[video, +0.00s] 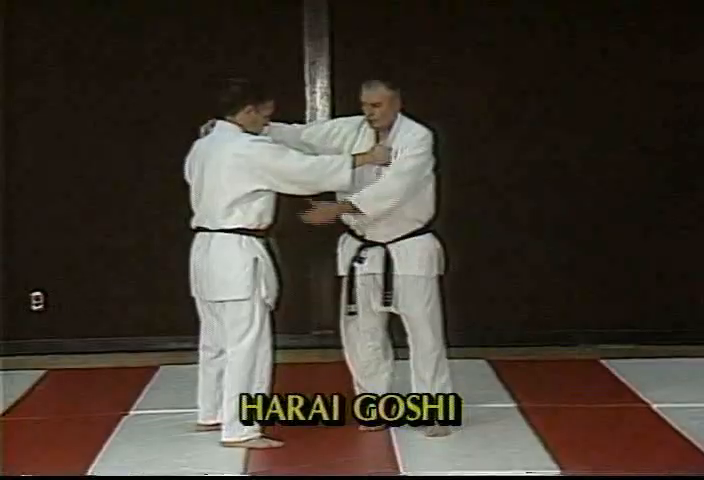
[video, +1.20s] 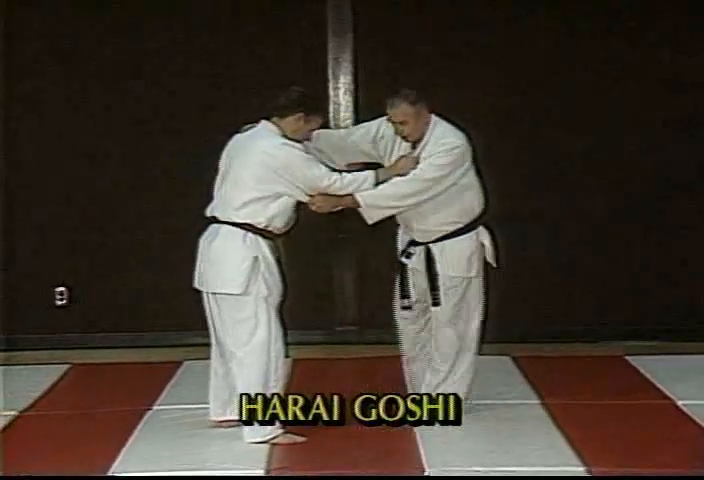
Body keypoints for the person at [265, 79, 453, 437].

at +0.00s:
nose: (370, 113)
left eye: (377, 106)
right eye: (366, 107)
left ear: (397, 104)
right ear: (361, 106)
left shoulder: (416, 138)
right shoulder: (351, 131)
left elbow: (393, 189)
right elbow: (302, 135)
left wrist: (339, 209)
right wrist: (245, 127)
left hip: (409, 247)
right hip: (361, 246)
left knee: (423, 332)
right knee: (361, 330)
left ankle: (435, 411)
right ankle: (373, 406)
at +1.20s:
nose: (400, 132)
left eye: (405, 124)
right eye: (395, 125)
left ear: (425, 115)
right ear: (390, 121)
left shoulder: (450, 144)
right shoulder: (387, 132)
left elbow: (414, 187)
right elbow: (340, 141)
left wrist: (347, 201)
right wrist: (290, 138)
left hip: (454, 245)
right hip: (412, 243)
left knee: (449, 329)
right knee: (412, 327)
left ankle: (443, 407)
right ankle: (419, 401)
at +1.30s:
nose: (400, 131)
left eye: (406, 124)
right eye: (395, 124)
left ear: (426, 116)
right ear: (391, 120)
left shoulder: (451, 146)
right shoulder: (386, 133)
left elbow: (412, 189)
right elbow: (341, 141)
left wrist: (346, 202)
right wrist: (291, 138)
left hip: (457, 243)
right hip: (419, 243)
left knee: (452, 325)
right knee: (429, 323)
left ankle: (447, 398)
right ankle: (436, 390)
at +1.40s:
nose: (401, 132)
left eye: (407, 124)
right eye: (396, 124)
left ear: (427, 116)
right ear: (392, 120)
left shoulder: (451, 146)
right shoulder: (388, 132)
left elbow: (412, 190)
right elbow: (343, 140)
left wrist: (344, 202)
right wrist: (294, 136)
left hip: (456, 242)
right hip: (422, 239)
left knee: (450, 322)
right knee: (437, 303)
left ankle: (441, 396)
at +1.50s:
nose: (402, 132)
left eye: (408, 125)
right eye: (397, 125)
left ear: (428, 117)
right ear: (392, 121)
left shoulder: (451, 146)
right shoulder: (390, 132)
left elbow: (413, 189)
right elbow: (345, 140)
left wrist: (345, 203)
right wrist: (294, 135)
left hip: (458, 242)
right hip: (422, 239)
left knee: (449, 321)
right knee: (440, 300)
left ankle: (443, 394)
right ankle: (485, 329)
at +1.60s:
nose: (403, 132)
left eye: (409, 125)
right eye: (399, 125)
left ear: (429, 117)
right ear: (394, 121)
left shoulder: (453, 146)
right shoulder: (391, 134)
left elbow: (414, 189)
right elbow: (344, 141)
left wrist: (347, 202)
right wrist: (296, 136)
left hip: (459, 243)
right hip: (424, 241)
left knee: (450, 322)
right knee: (441, 312)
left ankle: (445, 395)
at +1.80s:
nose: (407, 129)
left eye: (413, 121)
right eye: (402, 122)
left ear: (433, 114)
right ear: (398, 118)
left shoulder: (456, 144)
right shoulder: (394, 132)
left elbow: (419, 184)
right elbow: (348, 142)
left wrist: (353, 198)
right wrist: (300, 136)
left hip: (457, 246)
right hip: (414, 242)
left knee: (451, 324)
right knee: (409, 320)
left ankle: (449, 396)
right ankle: (408, 387)